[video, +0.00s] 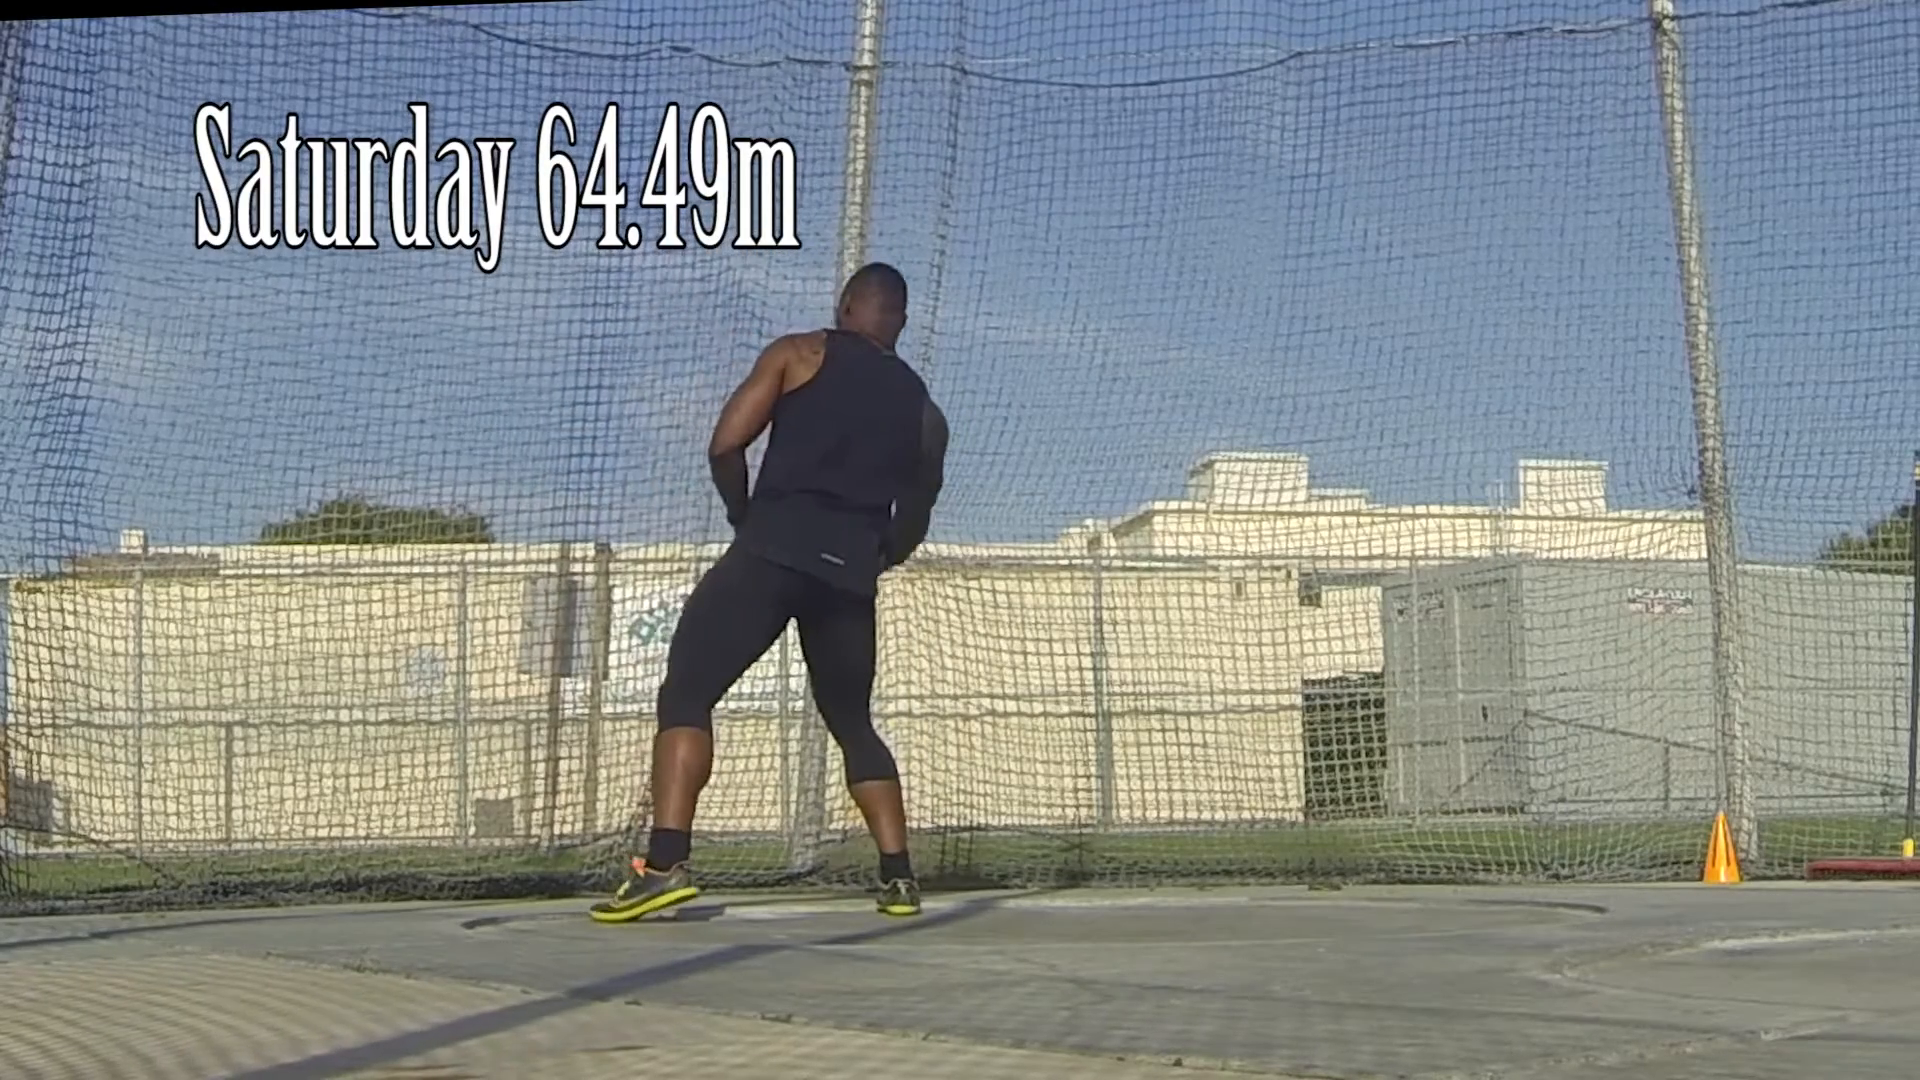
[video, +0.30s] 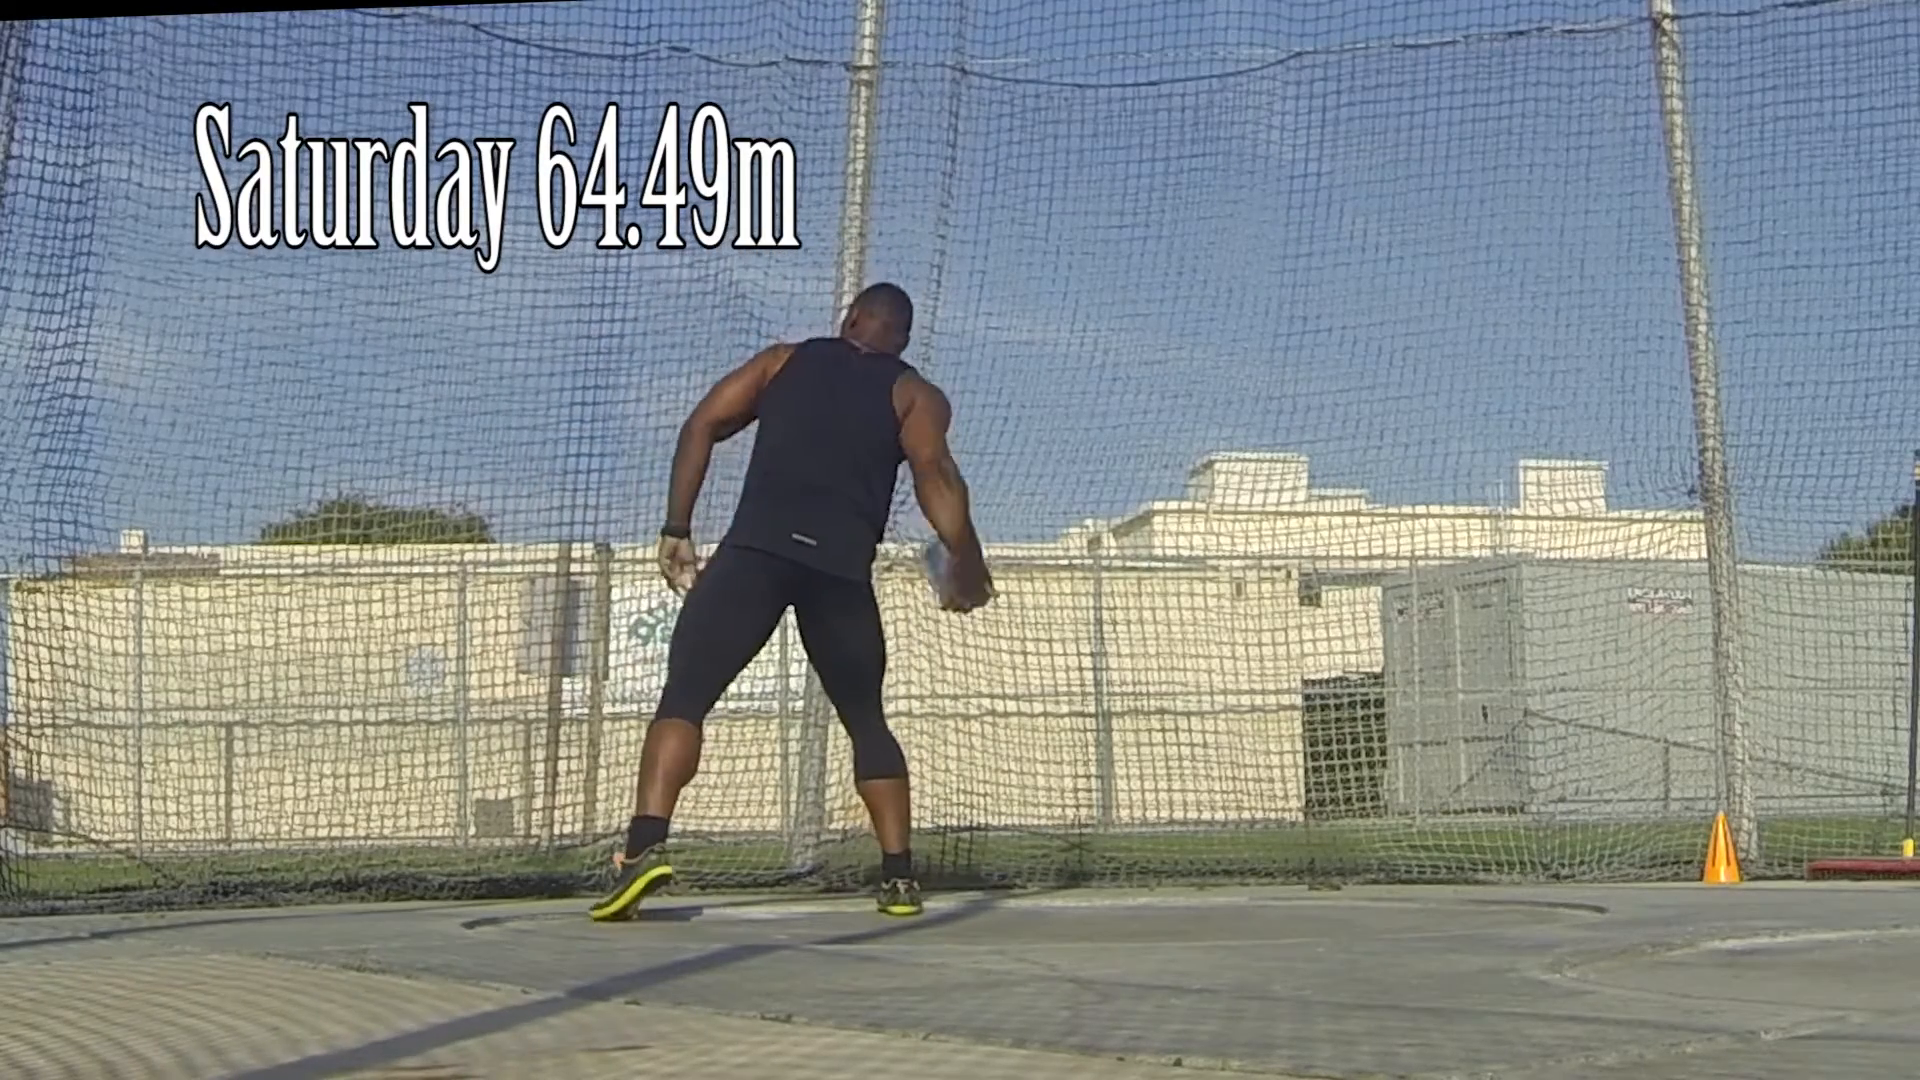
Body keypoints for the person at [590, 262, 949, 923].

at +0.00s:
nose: (849, 318)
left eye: (846, 308)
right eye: (880, 315)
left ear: (841, 311)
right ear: (902, 324)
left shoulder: (796, 352)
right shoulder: (926, 413)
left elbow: (725, 445)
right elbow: (916, 518)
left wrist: (744, 515)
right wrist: (876, 557)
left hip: (769, 554)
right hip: (850, 577)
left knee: (687, 693)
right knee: (853, 719)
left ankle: (665, 866)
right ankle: (899, 877)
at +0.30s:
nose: (856, 327)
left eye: (855, 318)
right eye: (881, 326)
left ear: (847, 320)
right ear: (903, 338)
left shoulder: (786, 358)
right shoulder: (917, 394)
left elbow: (702, 423)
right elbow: (932, 472)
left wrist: (676, 528)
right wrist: (968, 560)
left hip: (753, 555)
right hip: (840, 575)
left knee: (686, 696)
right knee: (867, 718)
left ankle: (644, 847)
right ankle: (899, 876)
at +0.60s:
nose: (756, 339)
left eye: (757, 332)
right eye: (766, 335)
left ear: (765, 333)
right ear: (822, 338)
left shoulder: (729, 371)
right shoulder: (860, 376)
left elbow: (657, 432)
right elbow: (947, 392)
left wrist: (646, 533)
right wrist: (1031, 390)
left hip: (743, 567)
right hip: (832, 576)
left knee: (657, 705)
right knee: (864, 718)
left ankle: (662, 872)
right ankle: (901, 874)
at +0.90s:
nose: (635, 298)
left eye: (638, 283)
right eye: (634, 284)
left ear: (668, 274)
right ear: (701, 274)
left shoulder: (670, 356)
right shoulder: (760, 345)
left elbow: (628, 482)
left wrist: (587, 518)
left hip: (731, 555)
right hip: (807, 548)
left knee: (652, 702)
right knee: (838, 698)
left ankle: (666, 880)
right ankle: (912, 854)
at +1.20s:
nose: (650, 268)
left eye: (655, 256)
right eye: (652, 256)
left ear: (684, 254)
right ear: (706, 255)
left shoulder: (729, 347)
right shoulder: (674, 317)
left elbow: (646, 444)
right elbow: (584, 331)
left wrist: (557, 379)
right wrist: (539, 328)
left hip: (729, 540)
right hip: (760, 534)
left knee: (673, 693)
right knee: (803, 686)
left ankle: (669, 877)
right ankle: (895, 832)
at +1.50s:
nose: (649, 271)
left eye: (657, 259)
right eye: (651, 260)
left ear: (693, 259)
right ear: (705, 258)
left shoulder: (770, 357)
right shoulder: (667, 319)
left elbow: (759, 471)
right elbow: (592, 340)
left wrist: (699, 389)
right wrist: (681, 314)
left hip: (730, 543)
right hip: (757, 541)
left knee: (676, 696)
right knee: (799, 694)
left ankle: (671, 878)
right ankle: (897, 842)